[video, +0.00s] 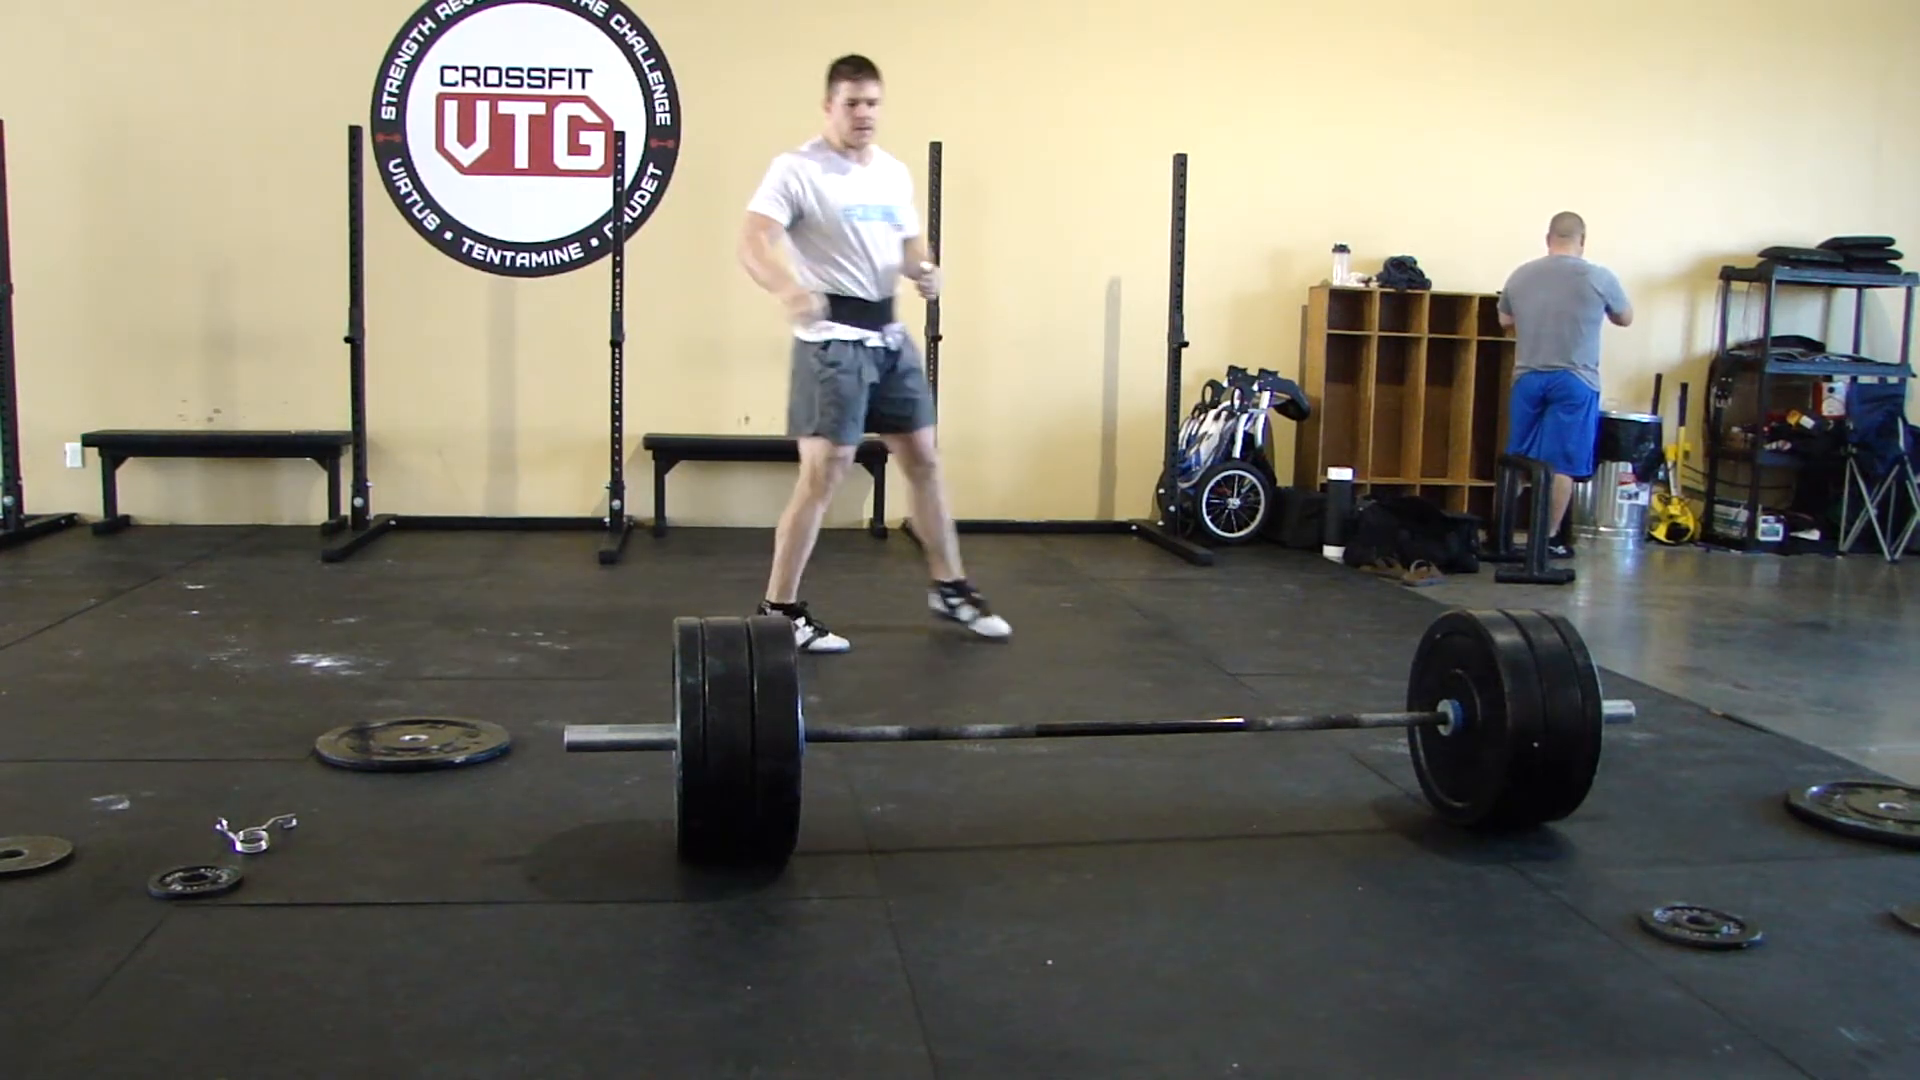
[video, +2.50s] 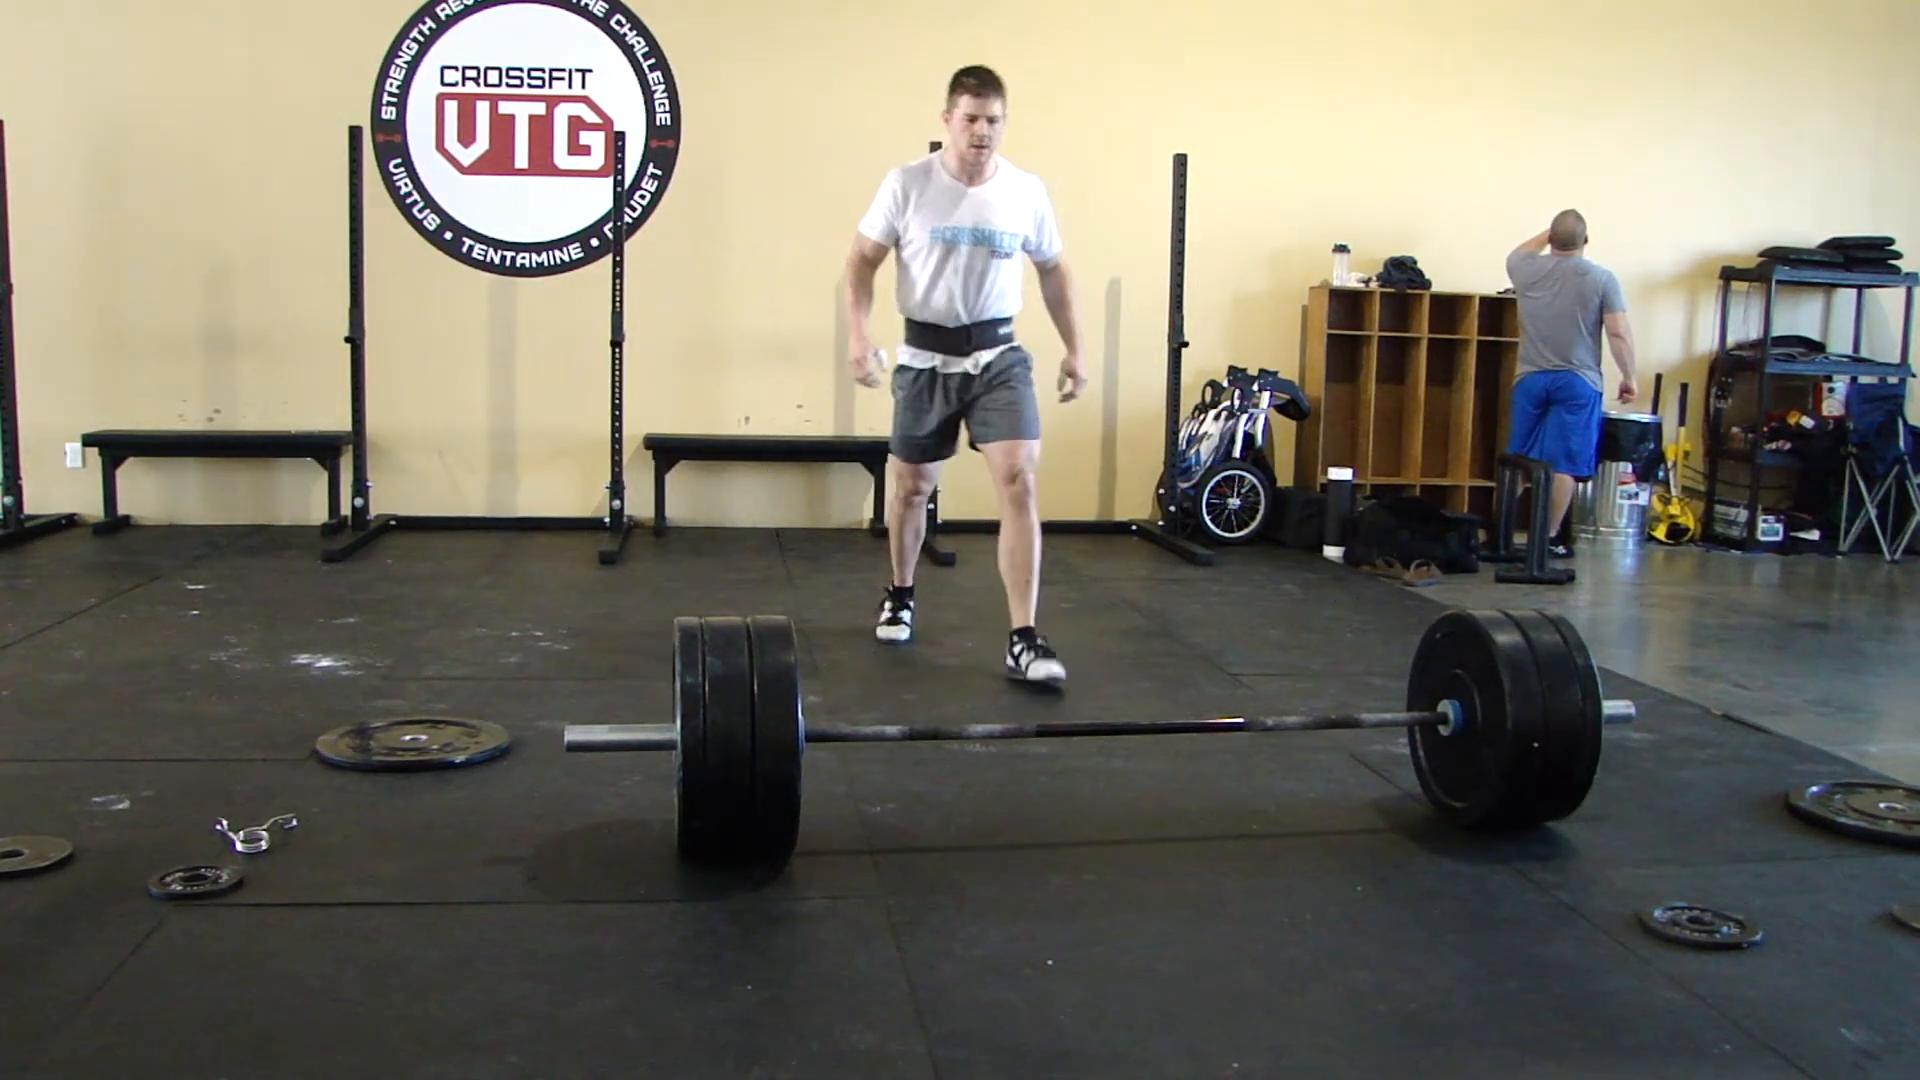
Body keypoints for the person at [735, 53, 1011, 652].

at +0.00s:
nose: (864, 114)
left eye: (872, 104)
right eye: (852, 103)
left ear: (882, 108)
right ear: (826, 106)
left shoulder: (893, 173)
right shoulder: (796, 170)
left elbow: (911, 248)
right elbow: (752, 243)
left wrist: (924, 271)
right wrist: (790, 291)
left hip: (890, 337)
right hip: (831, 337)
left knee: (923, 460)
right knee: (823, 473)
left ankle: (951, 590)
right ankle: (780, 611)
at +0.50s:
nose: (958, 106)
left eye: (967, 98)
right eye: (948, 98)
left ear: (981, 110)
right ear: (928, 109)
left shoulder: (1005, 177)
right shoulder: (893, 169)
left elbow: (1037, 236)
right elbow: (850, 242)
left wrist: (1054, 283)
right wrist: (825, 321)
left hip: (977, 342)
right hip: (909, 340)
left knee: (979, 472)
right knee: (893, 470)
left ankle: (969, 601)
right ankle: (890, 600)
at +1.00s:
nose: (957, 98)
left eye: (966, 91)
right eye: (947, 91)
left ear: (981, 107)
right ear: (928, 106)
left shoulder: (1009, 174)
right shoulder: (895, 168)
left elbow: (1044, 244)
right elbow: (852, 240)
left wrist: (1069, 310)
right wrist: (825, 309)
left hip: (982, 341)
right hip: (913, 340)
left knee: (991, 468)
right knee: (902, 465)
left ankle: (977, 597)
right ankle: (897, 598)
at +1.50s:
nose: (955, 99)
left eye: (965, 92)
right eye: (945, 92)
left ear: (979, 107)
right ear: (926, 106)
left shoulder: (1004, 176)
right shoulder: (893, 172)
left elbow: (1036, 248)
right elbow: (855, 245)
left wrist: (1055, 317)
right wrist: (842, 317)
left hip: (981, 341)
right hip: (913, 339)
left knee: (983, 468)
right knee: (906, 464)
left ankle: (974, 599)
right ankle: (897, 598)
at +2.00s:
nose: (942, 116)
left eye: (952, 106)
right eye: (931, 105)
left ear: (967, 112)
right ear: (913, 109)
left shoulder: (992, 180)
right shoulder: (878, 177)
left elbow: (1022, 254)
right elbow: (841, 251)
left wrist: (1041, 323)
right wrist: (821, 326)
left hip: (968, 344)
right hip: (900, 344)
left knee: (979, 470)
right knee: (901, 468)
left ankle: (973, 600)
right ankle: (897, 598)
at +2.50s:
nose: (983, 132)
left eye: (993, 121)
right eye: (972, 119)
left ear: (1005, 125)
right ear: (946, 120)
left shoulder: (1026, 192)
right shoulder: (907, 186)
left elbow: (1053, 271)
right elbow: (861, 264)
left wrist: (1074, 349)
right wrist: (857, 336)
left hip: (998, 361)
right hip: (923, 361)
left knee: (1020, 482)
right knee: (910, 488)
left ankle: (1025, 637)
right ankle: (900, 596)